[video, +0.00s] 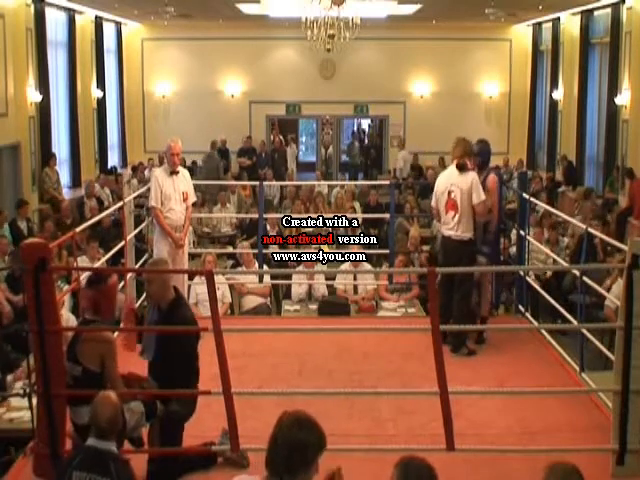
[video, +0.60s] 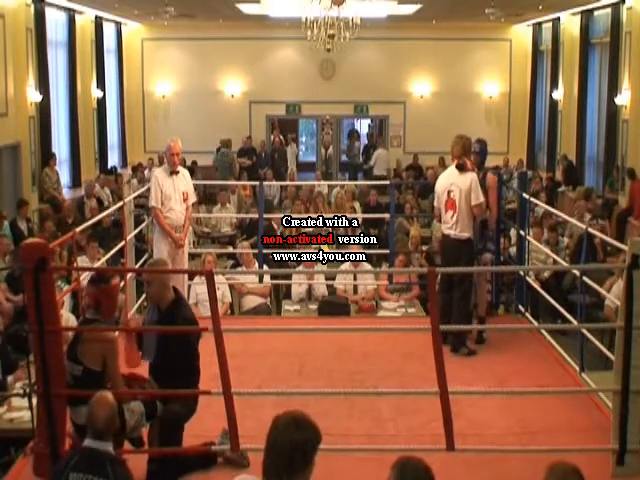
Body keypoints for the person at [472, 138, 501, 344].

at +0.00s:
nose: (473, 160)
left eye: (476, 156)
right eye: (473, 155)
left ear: (480, 157)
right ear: (486, 154)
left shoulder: (491, 178)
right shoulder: (474, 176)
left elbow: (494, 209)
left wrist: (491, 235)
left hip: (486, 235)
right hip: (474, 233)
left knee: (484, 279)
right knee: (476, 279)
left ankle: (483, 320)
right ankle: (476, 318)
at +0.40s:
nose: (473, 159)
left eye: (476, 155)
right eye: (474, 154)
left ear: (480, 156)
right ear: (487, 154)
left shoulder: (491, 178)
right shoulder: (472, 174)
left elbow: (493, 207)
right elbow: (493, 206)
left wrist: (489, 228)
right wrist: (488, 226)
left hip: (485, 233)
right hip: (474, 231)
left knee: (483, 278)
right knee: (476, 278)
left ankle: (481, 323)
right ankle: (475, 322)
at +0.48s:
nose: (475, 158)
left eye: (478, 154)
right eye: (473, 153)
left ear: (485, 156)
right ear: (470, 154)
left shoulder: (491, 178)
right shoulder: (467, 175)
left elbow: (493, 207)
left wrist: (491, 231)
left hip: (483, 232)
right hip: (466, 230)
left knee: (481, 278)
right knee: (468, 278)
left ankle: (480, 322)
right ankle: (467, 319)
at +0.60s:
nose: (473, 158)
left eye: (477, 154)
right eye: (472, 153)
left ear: (483, 155)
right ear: (468, 154)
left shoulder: (489, 177)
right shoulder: (463, 175)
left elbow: (493, 206)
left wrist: (491, 232)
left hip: (483, 232)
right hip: (465, 231)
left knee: (482, 278)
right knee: (467, 279)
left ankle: (480, 321)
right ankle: (466, 319)